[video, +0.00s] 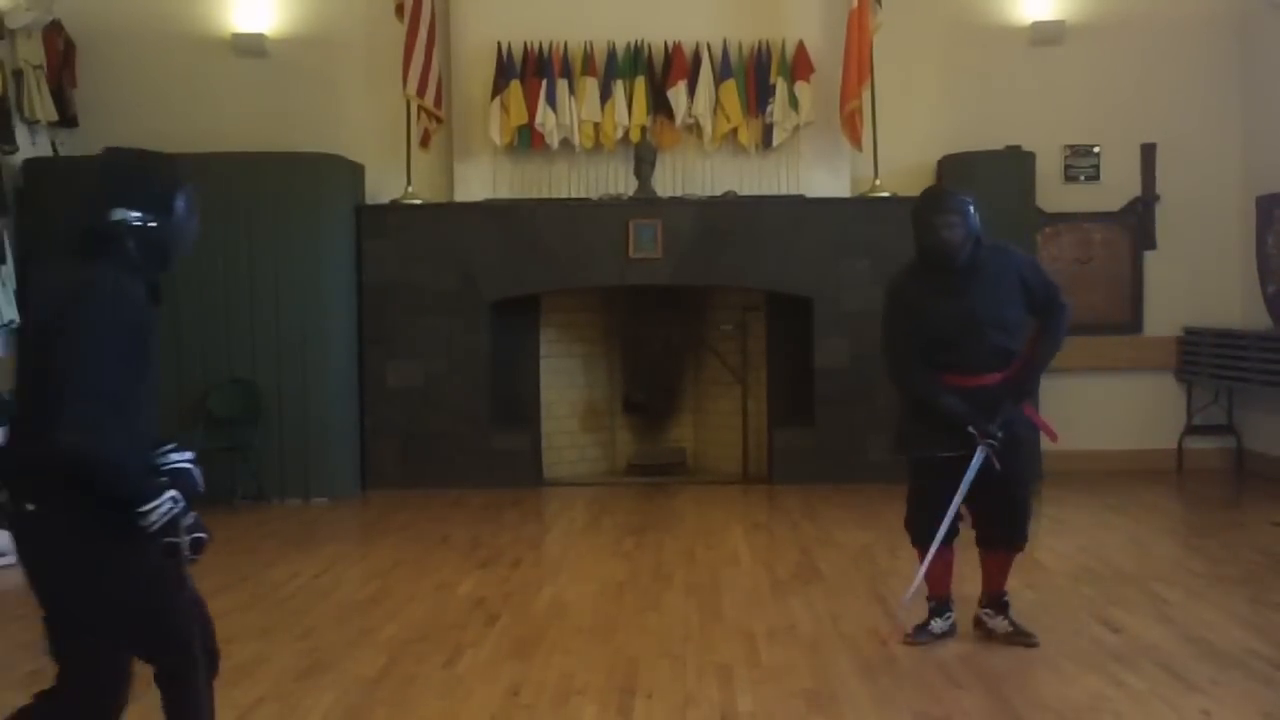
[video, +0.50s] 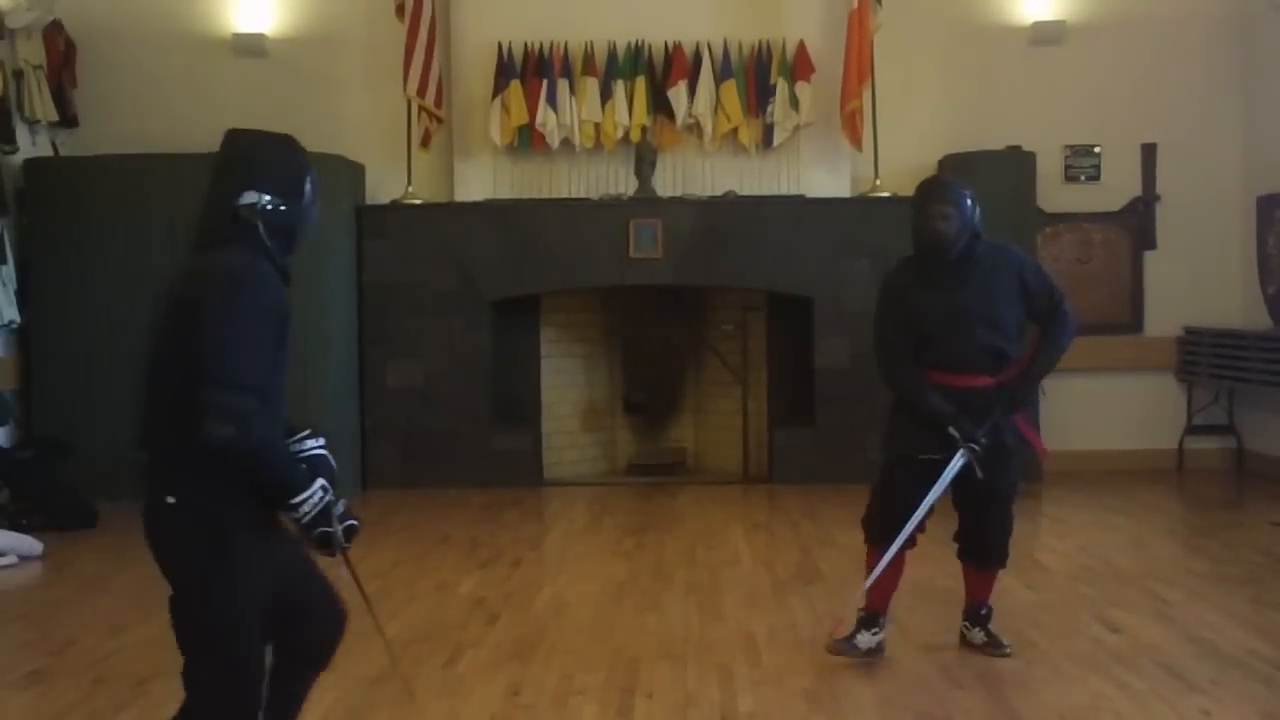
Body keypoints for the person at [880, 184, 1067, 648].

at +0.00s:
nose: (945, 238)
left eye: (953, 227)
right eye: (935, 229)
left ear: (973, 225)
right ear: (921, 232)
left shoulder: (1008, 267)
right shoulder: (908, 285)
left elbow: (1055, 313)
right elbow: (902, 365)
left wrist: (1019, 387)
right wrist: (958, 412)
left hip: (1004, 408)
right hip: (936, 410)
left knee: (1007, 509)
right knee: (931, 514)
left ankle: (993, 609)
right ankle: (940, 613)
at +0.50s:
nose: (935, 227)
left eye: (946, 217)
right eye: (927, 217)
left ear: (970, 219)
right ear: (915, 221)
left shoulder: (1010, 267)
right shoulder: (903, 280)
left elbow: (1060, 323)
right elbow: (893, 362)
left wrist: (1018, 390)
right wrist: (949, 417)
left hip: (994, 410)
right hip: (924, 408)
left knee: (989, 521)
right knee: (889, 512)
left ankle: (976, 622)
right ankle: (871, 626)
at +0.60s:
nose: (930, 227)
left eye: (941, 217)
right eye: (922, 217)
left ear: (964, 220)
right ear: (910, 222)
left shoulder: (1000, 268)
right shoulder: (895, 282)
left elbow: (1054, 326)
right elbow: (886, 367)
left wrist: (1012, 393)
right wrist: (939, 420)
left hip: (986, 412)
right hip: (918, 412)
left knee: (986, 524)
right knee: (892, 519)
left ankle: (975, 624)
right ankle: (861, 632)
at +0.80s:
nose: (912, 231)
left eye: (922, 221)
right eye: (902, 221)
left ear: (944, 224)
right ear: (886, 227)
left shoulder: (976, 277)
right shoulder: (870, 292)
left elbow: (1025, 338)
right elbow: (861, 375)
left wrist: (982, 414)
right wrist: (915, 428)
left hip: (965, 422)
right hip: (894, 421)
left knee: (977, 526)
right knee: (876, 528)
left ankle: (974, 620)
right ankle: (861, 649)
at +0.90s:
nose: (906, 229)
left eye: (916, 218)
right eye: (895, 218)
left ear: (936, 220)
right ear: (878, 224)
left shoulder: (968, 275)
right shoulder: (864, 287)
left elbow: (1020, 340)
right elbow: (846, 370)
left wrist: (972, 412)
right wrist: (895, 419)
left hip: (955, 418)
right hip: (884, 419)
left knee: (975, 525)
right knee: (870, 530)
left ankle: (972, 616)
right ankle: (860, 648)